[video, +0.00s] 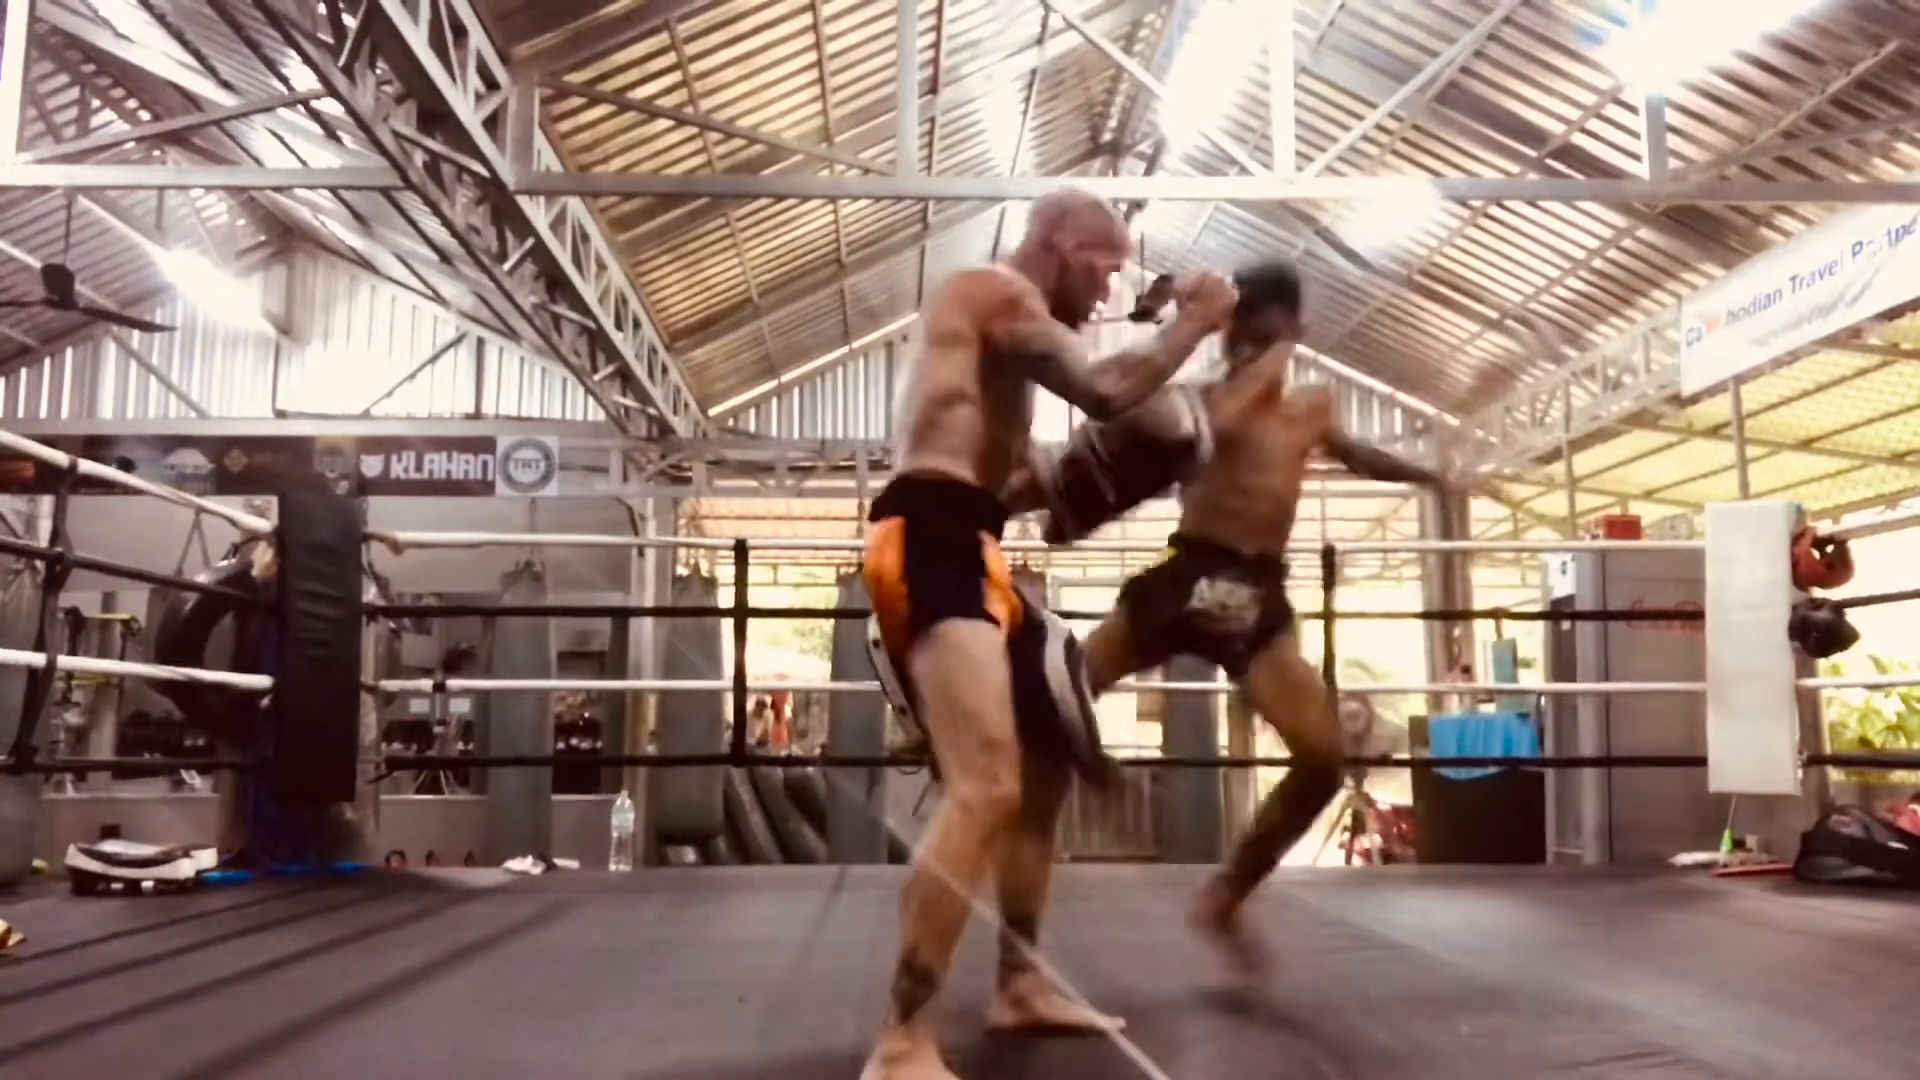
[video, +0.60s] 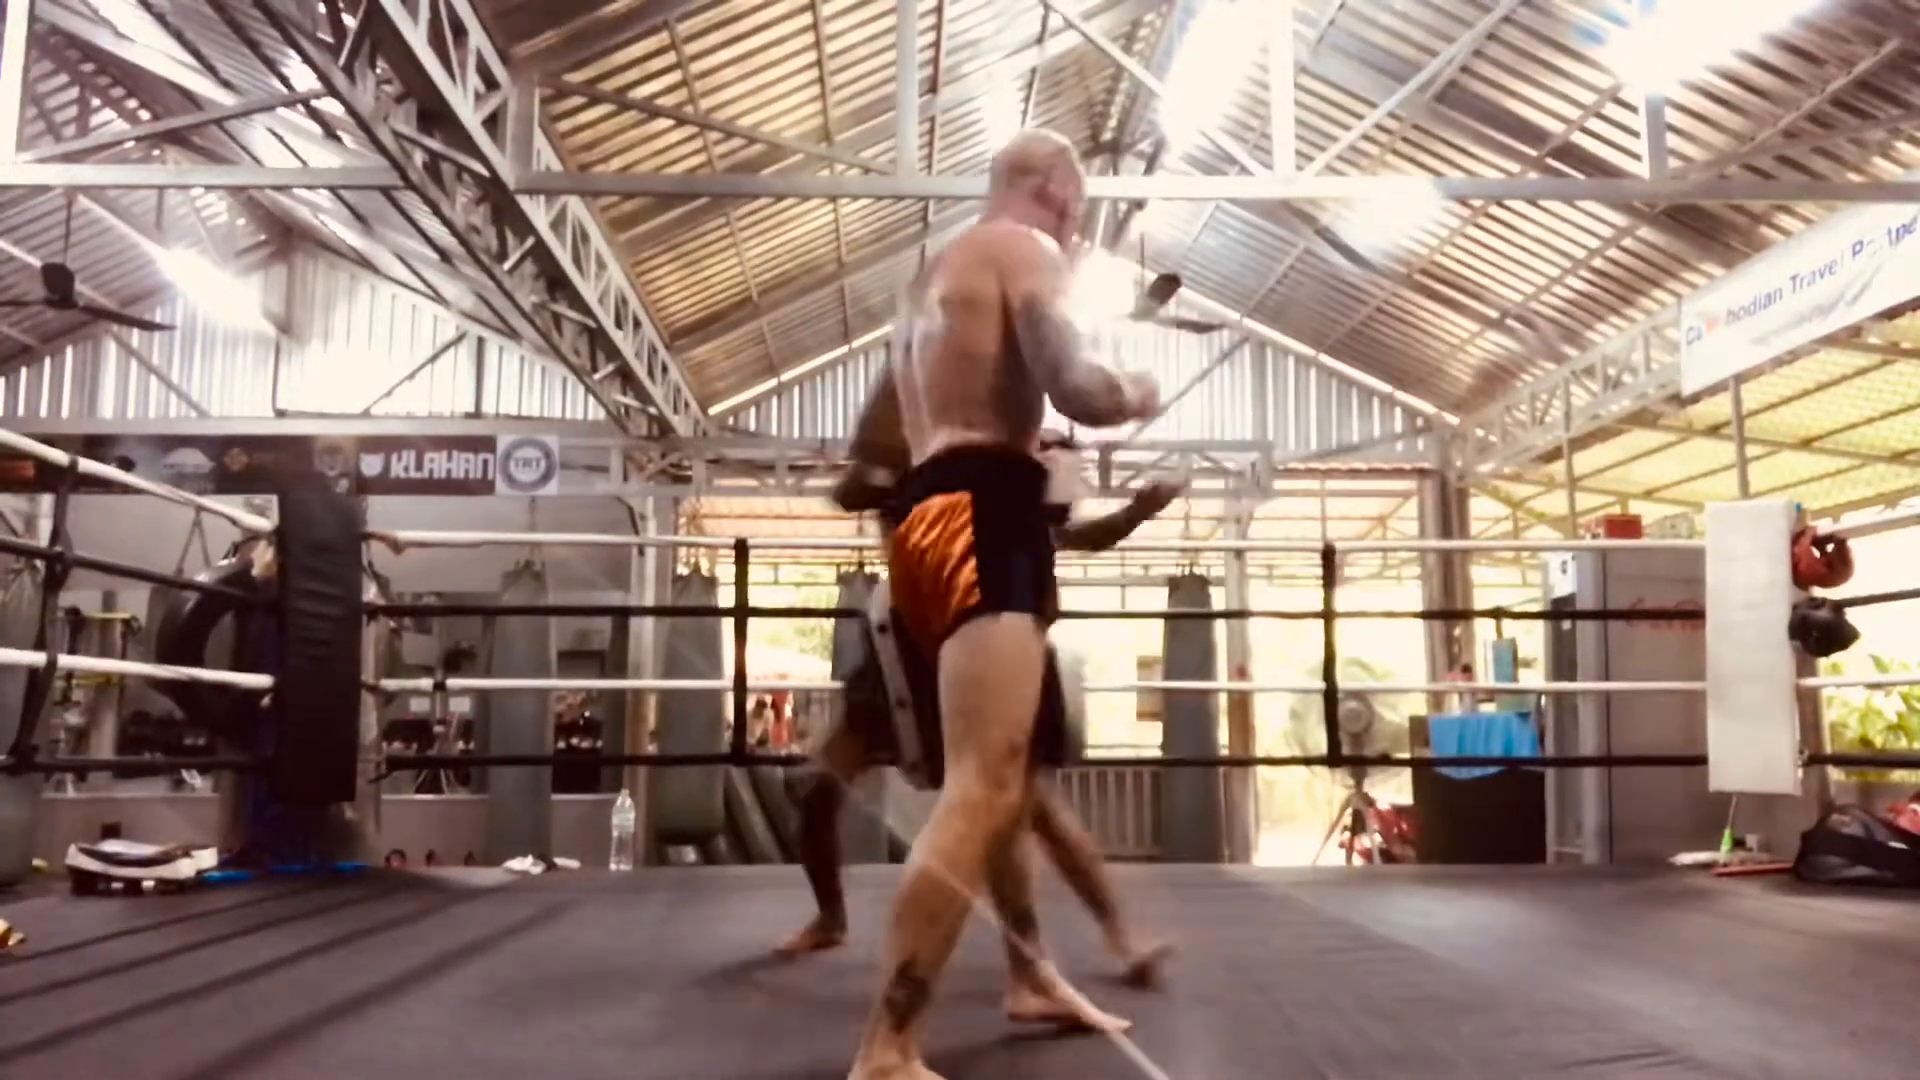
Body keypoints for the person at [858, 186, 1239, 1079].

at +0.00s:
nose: (1109, 288)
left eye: (1116, 272)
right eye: (1103, 266)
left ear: (1061, 250)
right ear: (1054, 243)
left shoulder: (1017, 323)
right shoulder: (990, 288)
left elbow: (1002, 487)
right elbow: (1106, 385)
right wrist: (1193, 323)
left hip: (977, 545)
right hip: (930, 534)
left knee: (1044, 767)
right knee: (984, 786)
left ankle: (1022, 982)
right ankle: (901, 1042)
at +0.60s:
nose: (1078, 222)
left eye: (1080, 208)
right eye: (1077, 205)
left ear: (1001, 182)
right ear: (1049, 186)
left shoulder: (932, 270)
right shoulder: (1021, 247)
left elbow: (874, 445)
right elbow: (1079, 394)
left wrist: (1026, 441)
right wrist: (1137, 393)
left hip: (923, 513)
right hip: (984, 503)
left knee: (1003, 779)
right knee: (983, 782)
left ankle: (1033, 978)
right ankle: (887, 1050)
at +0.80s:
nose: (1045, 195)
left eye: (1040, 179)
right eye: (1042, 179)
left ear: (963, 176)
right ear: (1025, 174)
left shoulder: (898, 271)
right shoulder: (1034, 236)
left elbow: (846, 388)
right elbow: (1096, 385)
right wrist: (1069, 434)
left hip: (895, 500)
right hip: (978, 492)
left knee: (947, 770)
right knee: (954, 777)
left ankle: (943, 990)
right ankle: (884, 1045)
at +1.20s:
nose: (950, 208)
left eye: (919, 194)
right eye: (962, 189)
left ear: (897, 200)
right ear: (973, 195)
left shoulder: (853, 288)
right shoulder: (1033, 282)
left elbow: (806, 409)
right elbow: (1031, 403)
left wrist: (820, 439)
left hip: (893, 515)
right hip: (995, 511)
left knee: (898, 783)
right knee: (1041, 760)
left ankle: (877, 1019)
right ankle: (951, 976)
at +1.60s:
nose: (919, 228)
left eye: (924, 213)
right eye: (923, 213)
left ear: (950, 214)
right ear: (998, 220)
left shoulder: (944, 288)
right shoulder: (1052, 314)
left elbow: (941, 409)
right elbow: (1040, 437)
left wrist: (868, 464)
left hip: (958, 533)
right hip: (1040, 534)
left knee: (907, 795)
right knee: (1039, 778)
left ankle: (891, 1012)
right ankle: (1100, 979)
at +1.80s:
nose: (931, 264)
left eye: (937, 248)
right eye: (930, 251)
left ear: (975, 241)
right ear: (990, 240)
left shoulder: (1018, 299)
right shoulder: (1016, 321)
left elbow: (1057, 385)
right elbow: (958, 449)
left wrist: (989, 485)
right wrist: (916, 362)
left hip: (1013, 562)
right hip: (1045, 564)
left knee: (961, 778)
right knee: (1062, 776)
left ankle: (936, 997)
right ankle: (1103, 982)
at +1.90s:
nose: (934, 277)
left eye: (939, 259)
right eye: (931, 263)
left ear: (982, 250)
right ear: (981, 254)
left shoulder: (1040, 305)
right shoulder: (1013, 350)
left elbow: (1113, 393)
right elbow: (929, 439)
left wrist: (1082, 512)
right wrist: (848, 372)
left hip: (1053, 524)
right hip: (1043, 527)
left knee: (1002, 757)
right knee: (1070, 771)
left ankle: (984, 998)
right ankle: (1103, 984)